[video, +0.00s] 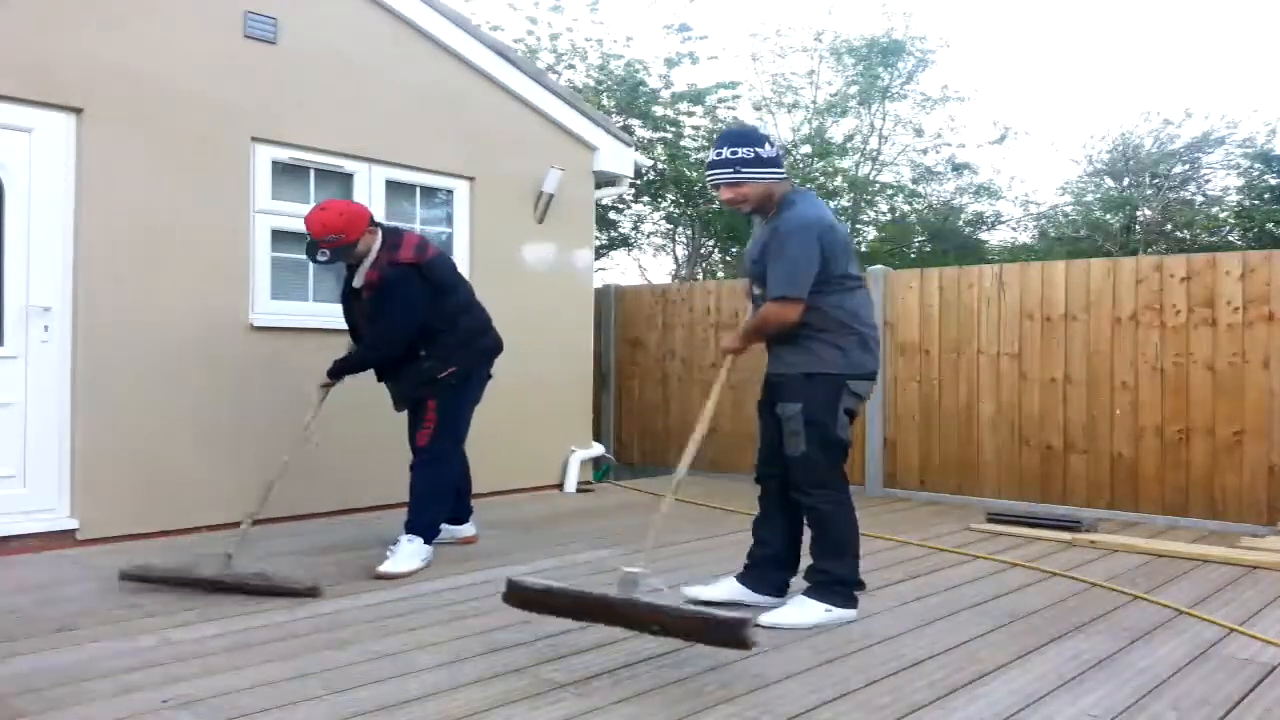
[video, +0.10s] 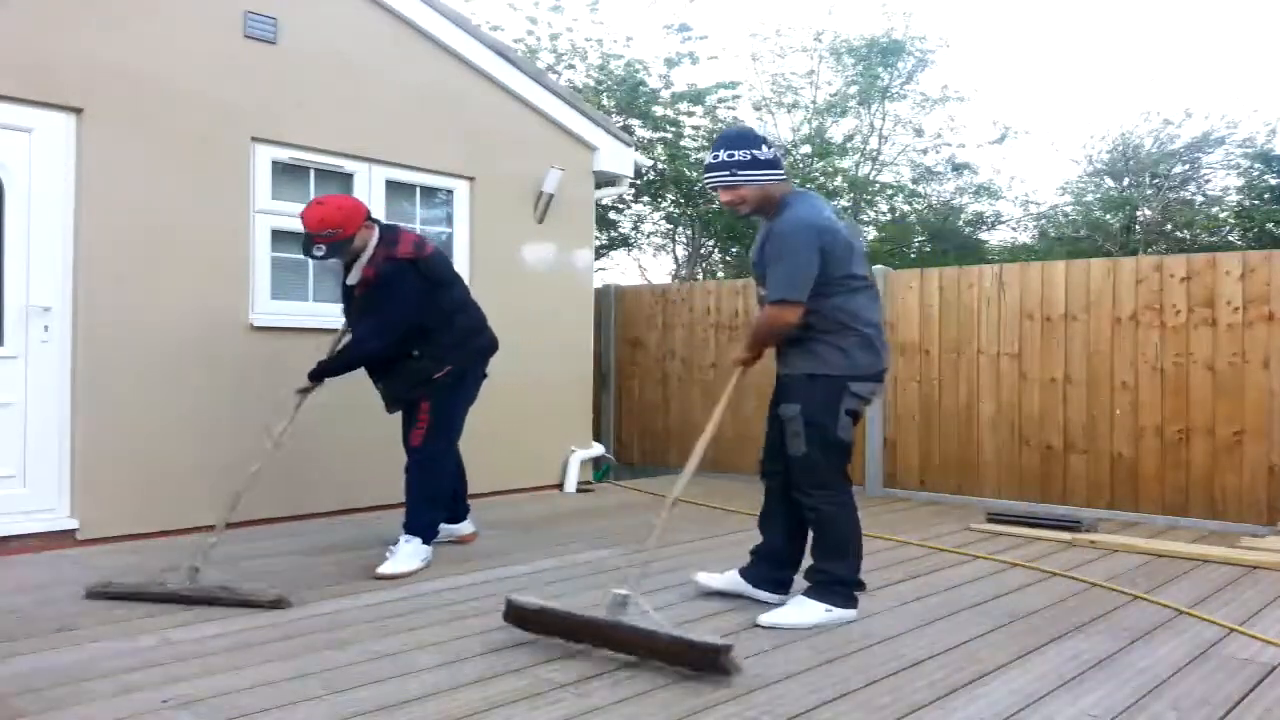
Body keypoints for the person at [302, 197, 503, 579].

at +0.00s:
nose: (338, 259)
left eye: (341, 252)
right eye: (334, 253)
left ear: (362, 237)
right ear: (362, 235)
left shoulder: (398, 269)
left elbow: (390, 341)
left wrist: (341, 368)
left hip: (455, 356)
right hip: (433, 356)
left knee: (429, 446)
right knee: (441, 440)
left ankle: (417, 540)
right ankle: (457, 521)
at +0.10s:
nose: (335, 256)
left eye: (338, 248)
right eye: (331, 250)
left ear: (361, 232)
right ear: (356, 232)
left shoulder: (397, 266)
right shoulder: (366, 252)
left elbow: (379, 339)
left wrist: (326, 369)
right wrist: (357, 325)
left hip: (454, 354)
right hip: (426, 354)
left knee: (424, 444)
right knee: (433, 439)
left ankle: (417, 541)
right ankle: (455, 519)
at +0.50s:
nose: (322, 243)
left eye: (329, 234)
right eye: (317, 235)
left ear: (353, 220)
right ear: (316, 222)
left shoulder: (387, 255)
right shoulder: (351, 240)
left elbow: (358, 327)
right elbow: (335, 273)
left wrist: (282, 333)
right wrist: (289, 255)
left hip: (419, 360)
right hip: (371, 358)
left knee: (406, 447)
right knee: (339, 440)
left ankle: (416, 540)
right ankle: (329, 529)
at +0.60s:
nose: (318, 246)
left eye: (326, 237)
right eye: (312, 238)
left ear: (351, 222)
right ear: (304, 222)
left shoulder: (389, 254)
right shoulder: (326, 242)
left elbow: (364, 323)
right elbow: (313, 276)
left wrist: (285, 335)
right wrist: (263, 258)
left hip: (404, 365)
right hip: (350, 364)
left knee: (401, 451)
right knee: (320, 448)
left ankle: (414, 540)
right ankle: (286, 532)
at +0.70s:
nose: (314, 249)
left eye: (324, 240)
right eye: (307, 238)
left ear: (348, 226)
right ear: (298, 221)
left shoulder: (384, 256)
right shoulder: (294, 245)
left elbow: (373, 319)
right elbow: (266, 281)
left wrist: (296, 339)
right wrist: (235, 262)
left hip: (385, 369)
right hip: (324, 366)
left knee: (388, 453)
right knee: (298, 448)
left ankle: (410, 538)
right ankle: (282, 537)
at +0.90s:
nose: (323, 245)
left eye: (332, 238)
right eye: (314, 236)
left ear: (348, 223)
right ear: (297, 217)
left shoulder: (371, 250)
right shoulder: (265, 236)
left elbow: (391, 318)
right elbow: (221, 289)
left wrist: (339, 342)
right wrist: (223, 277)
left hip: (360, 361)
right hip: (285, 358)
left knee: (368, 443)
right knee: (279, 446)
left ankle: (373, 528)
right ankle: (279, 537)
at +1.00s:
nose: (333, 245)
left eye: (343, 237)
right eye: (325, 235)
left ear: (356, 224)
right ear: (304, 216)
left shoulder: (373, 251)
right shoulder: (266, 235)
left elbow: (401, 314)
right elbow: (217, 284)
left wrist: (372, 346)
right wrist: (246, 282)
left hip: (351, 364)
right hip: (279, 362)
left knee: (359, 440)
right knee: (274, 447)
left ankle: (350, 527)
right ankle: (279, 536)